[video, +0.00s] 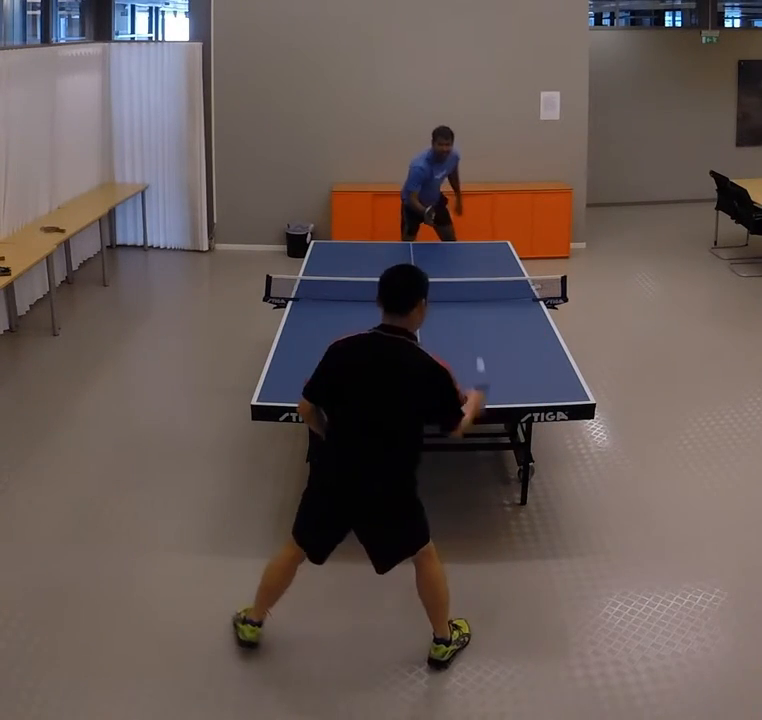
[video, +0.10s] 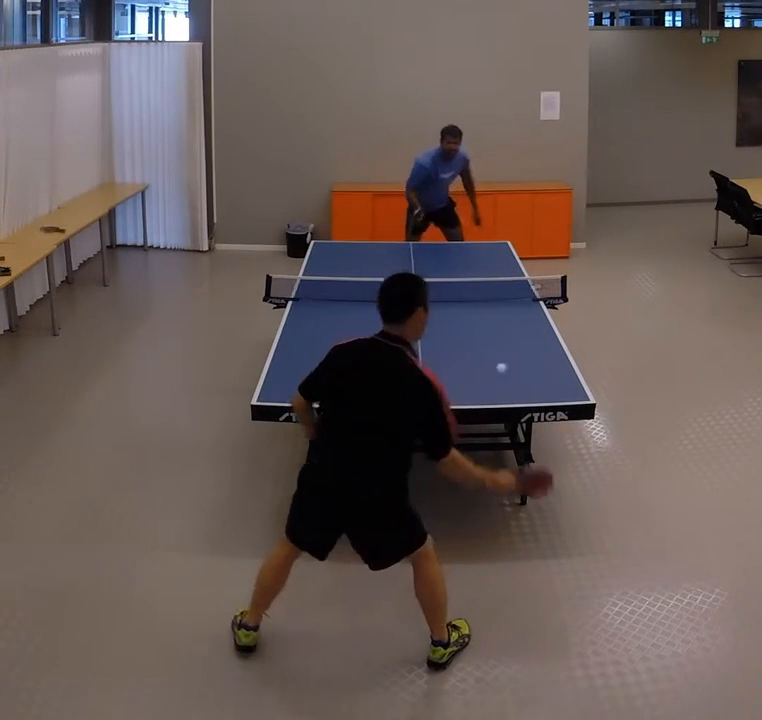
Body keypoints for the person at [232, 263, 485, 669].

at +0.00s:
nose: (426, 308)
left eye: (424, 302)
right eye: (425, 302)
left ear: (379, 303)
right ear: (420, 307)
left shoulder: (343, 350)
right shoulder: (427, 370)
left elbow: (306, 407)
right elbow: (456, 428)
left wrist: (326, 433)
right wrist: (471, 407)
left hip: (334, 480)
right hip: (390, 487)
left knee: (295, 549)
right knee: (424, 555)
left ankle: (252, 621)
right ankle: (443, 638)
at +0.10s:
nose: (427, 318)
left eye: (425, 309)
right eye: (426, 310)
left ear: (381, 310)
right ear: (419, 315)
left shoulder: (344, 354)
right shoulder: (420, 386)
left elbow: (300, 400)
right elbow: (446, 460)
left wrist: (314, 431)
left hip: (322, 483)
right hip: (378, 495)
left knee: (288, 547)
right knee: (423, 555)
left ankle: (249, 624)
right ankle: (440, 640)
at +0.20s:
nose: (409, 320)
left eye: (408, 312)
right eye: (407, 313)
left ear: (364, 317)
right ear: (394, 317)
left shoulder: (331, 361)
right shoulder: (400, 381)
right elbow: (427, 455)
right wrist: (489, 488)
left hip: (315, 487)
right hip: (371, 496)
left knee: (283, 546)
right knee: (426, 553)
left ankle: (247, 626)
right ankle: (441, 641)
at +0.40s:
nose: (317, 327)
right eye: (314, 324)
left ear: (276, 346)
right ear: (313, 333)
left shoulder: (273, 400)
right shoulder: (351, 365)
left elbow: (275, 473)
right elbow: (378, 350)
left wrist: (296, 490)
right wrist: (368, 333)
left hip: (312, 499)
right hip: (370, 493)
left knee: (276, 559)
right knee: (416, 559)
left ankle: (246, 629)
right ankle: (444, 642)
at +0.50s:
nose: (293, 341)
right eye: (291, 337)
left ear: (252, 355)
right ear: (292, 342)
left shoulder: (256, 414)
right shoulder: (318, 366)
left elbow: (279, 469)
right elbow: (276, 385)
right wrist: (223, 397)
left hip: (314, 498)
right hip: (367, 482)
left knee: (277, 560)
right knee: (416, 555)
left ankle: (246, 629)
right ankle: (448, 639)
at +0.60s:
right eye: (277, 331)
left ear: (243, 348)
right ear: (282, 337)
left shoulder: (245, 403)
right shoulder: (310, 367)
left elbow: (267, 467)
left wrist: (289, 483)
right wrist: (233, 439)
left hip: (306, 495)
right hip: (358, 482)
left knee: (270, 556)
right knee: (412, 555)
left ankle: (246, 629)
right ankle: (451, 638)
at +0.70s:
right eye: (292, 322)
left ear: (251, 337)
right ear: (292, 329)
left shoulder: (247, 392)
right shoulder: (329, 370)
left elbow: (258, 470)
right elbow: (340, 431)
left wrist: (287, 476)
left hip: (295, 496)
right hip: (353, 488)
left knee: (266, 553)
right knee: (411, 558)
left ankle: (246, 628)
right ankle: (452, 639)